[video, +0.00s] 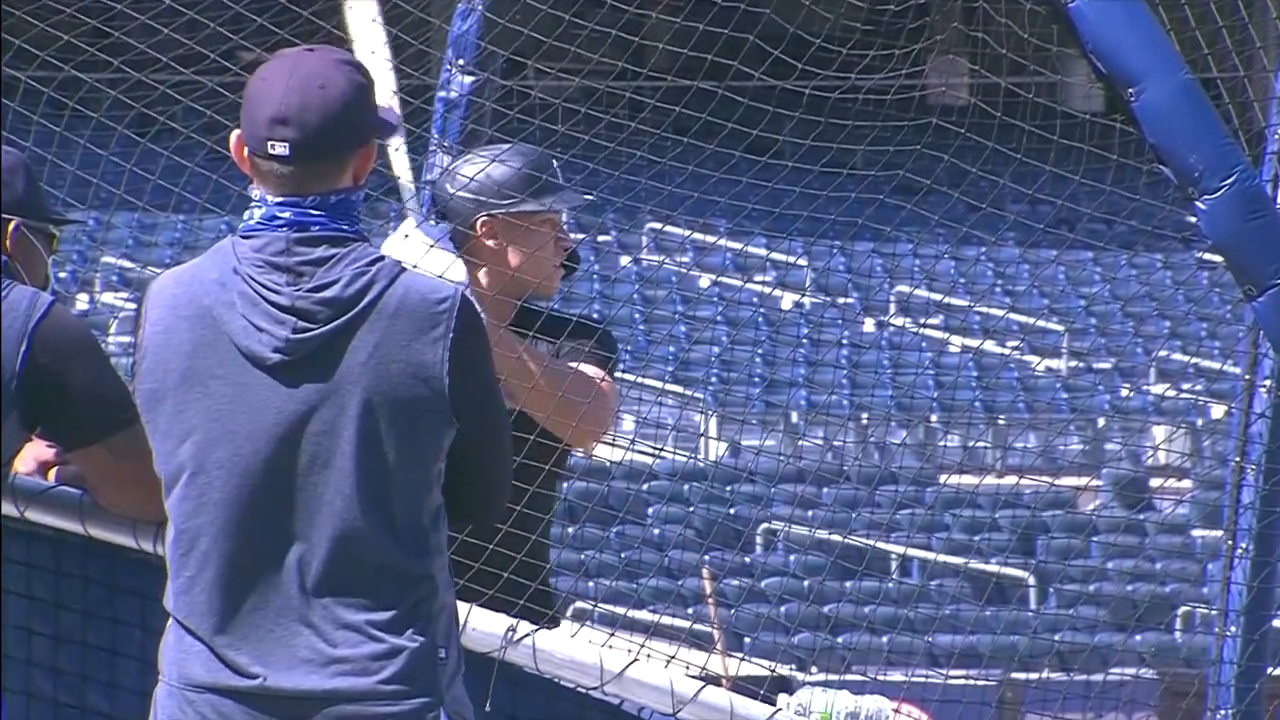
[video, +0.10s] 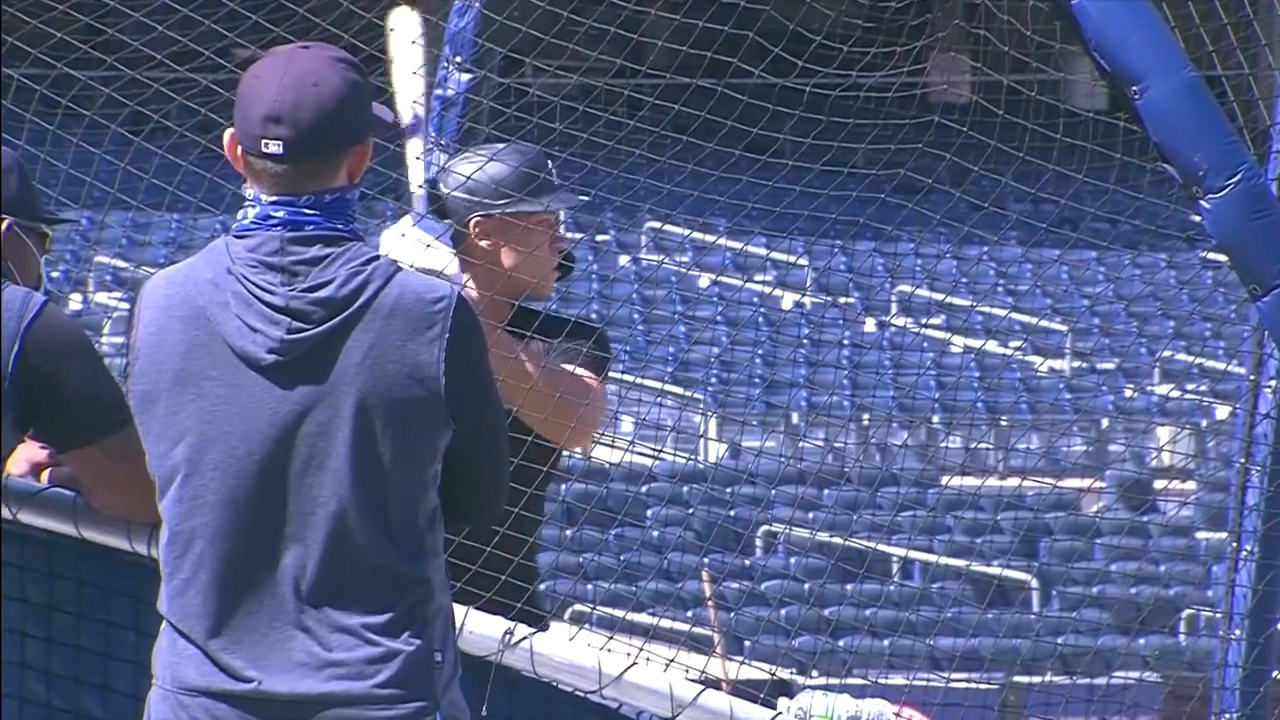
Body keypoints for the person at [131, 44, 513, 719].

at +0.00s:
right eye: (377, 148)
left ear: (240, 155)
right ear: (366, 165)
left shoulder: (167, 304)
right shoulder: (439, 314)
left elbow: (178, 468)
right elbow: (479, 498)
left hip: (204, 690)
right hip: (387, 692)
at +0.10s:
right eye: (372, 149)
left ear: (233, 154)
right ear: (360, 163)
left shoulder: (161, 304)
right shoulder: (434, 315)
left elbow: (172, 472)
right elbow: (476, 501)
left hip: (198, 691)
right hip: (384, 693)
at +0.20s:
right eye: (369, 144)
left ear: (229, 151)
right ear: (358, 160)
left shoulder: (157, 303)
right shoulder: (430, 311)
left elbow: (169, 471)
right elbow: (475, 500)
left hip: (193, 691)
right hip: (383, 694)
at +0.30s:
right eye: (365, 141)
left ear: (224, 149)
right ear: (354, 159)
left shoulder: (151, 302)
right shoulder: (428, 314)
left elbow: (159, 475)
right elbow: (471, 504)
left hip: (187, 692)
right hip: (379, 694)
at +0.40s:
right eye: (363, 139)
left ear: (220, 147)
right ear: (351, 155)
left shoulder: (145, 300)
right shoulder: (425, 313)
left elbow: (152, 476)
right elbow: (471, 509)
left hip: (181, 693)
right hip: (375, 694)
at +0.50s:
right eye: (358, 136)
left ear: (213, 145)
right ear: (347, 153)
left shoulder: (139, 300)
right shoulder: (422, 313)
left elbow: (146, 478)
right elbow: (468, 510)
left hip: (172, 693)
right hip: (368, 694)